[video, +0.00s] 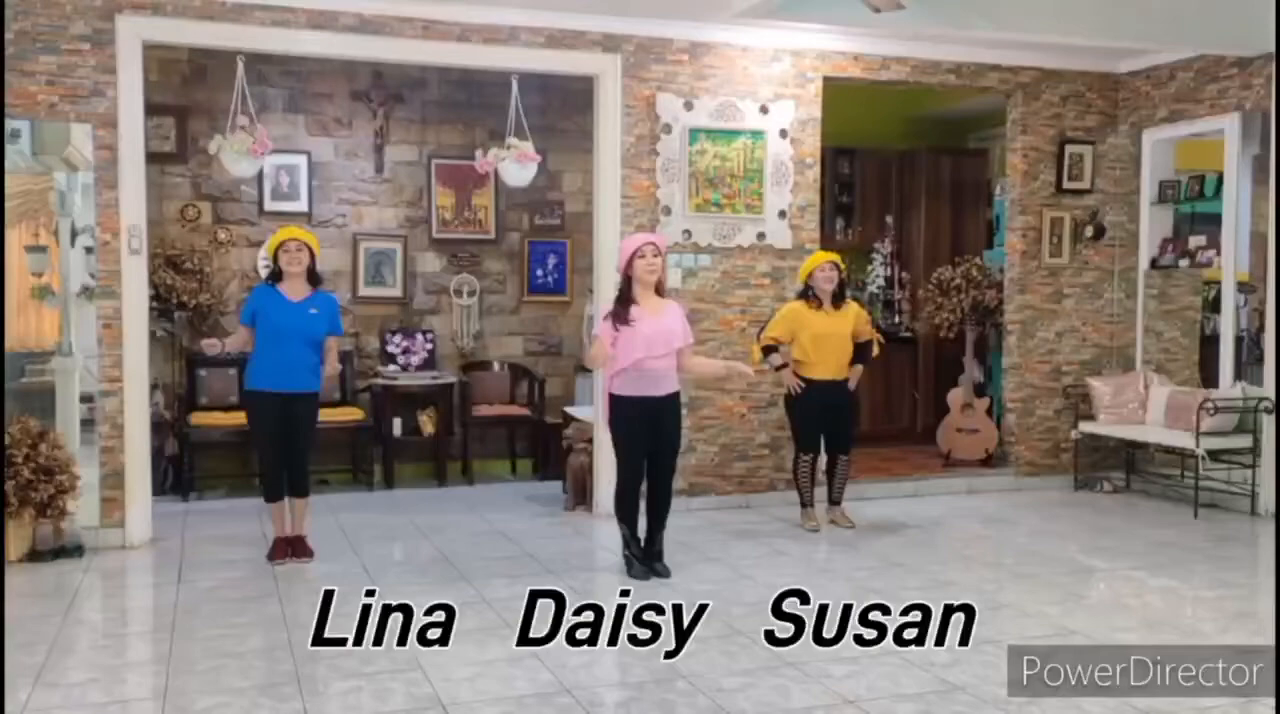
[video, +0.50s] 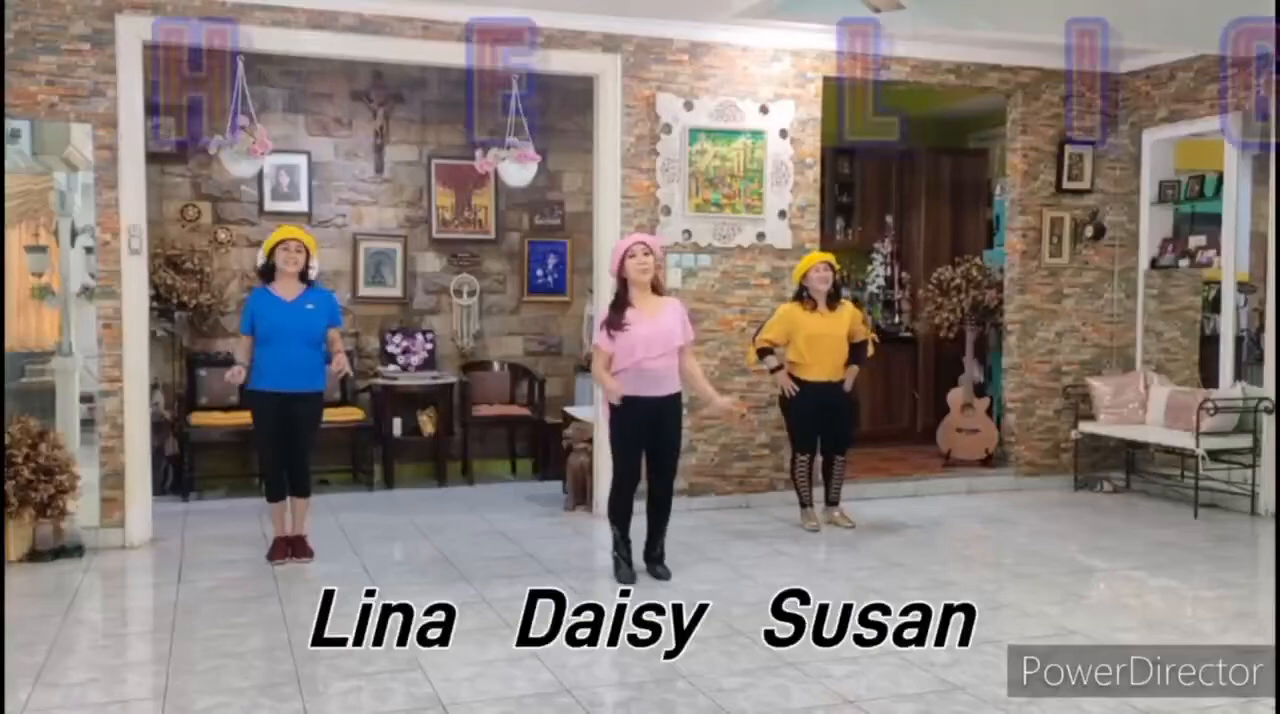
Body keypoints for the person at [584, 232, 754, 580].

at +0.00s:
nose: (652, 262)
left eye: (656, 256)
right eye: (643, 257)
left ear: (663, 264)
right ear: (629, 267)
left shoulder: (673, 310)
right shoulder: (616, 313)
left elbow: (686, 362)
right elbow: (595, 360)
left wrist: (730, 367)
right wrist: (595, 350)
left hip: (667, 401)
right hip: (627, 402)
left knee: (662, 478)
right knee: (631, 476)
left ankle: (654, 549)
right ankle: (631, 550)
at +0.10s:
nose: (651, 262)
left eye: (656, 256)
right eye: (643, 257)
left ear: (663, 264)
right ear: (628, 266)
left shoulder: (673, 309)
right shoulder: (615, 313)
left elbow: (687, 362)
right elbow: (598, 361)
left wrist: (729, 362)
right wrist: (599, 346)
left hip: (667, 401)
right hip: (628, 402)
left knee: (661, 478)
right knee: (631, 476)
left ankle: (655, 551)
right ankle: (631, 549)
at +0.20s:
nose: (651, 262)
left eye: (655, 257)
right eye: (642, 257)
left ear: (662, 265)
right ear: (627, 268)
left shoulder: (672, 308)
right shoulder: (616, 313)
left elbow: (687, 361)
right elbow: (603, 362)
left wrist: (729, 369)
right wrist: (617, 332)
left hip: (668, 402)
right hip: (629, 403)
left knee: (662, 479)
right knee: (632, 477)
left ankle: (655, 552)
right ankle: (632, 549)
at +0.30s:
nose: (648, 266)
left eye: (653, 260)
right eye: (639, 261)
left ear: (661, 267)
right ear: (625, 271)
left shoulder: (674, 311)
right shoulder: (615, 317)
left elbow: (688, 365)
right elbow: (609, 372)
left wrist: (722, 399)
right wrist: (629, 368)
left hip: (670, 406)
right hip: (632, 409)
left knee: (667, 485)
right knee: (633, 483)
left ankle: (655, 553)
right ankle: (632, 549)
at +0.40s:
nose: (646, 266)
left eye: (650, 260)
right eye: (637, 262)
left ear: (659, 268)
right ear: (624, 273)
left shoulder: (675, 313)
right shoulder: (615, 318)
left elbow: (687, 367)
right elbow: (606, 372)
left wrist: (711, 406)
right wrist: (629, 396)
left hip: (671, 407)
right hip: (632, 409)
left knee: (668, 485)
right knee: (631, 483)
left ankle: (656, 552)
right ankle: (630, 550)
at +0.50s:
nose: (642, 260)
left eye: (647, 255)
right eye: (633, 256)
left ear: (656, 264)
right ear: (622, 269)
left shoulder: (674, 307)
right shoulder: (615, 313)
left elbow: (688, 363)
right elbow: (598, 367)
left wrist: (718, 401)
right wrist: (610, 385)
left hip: (668, 404)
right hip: (627, 405)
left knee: (662, 483)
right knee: (626, 480)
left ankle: (655, 553)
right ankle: (621, 551)